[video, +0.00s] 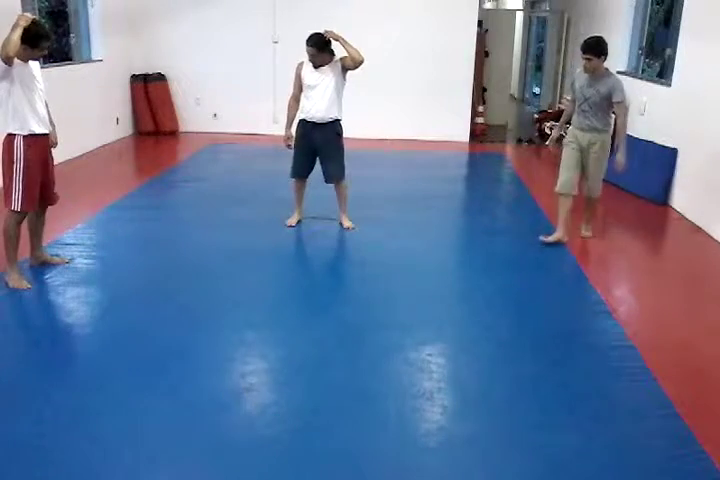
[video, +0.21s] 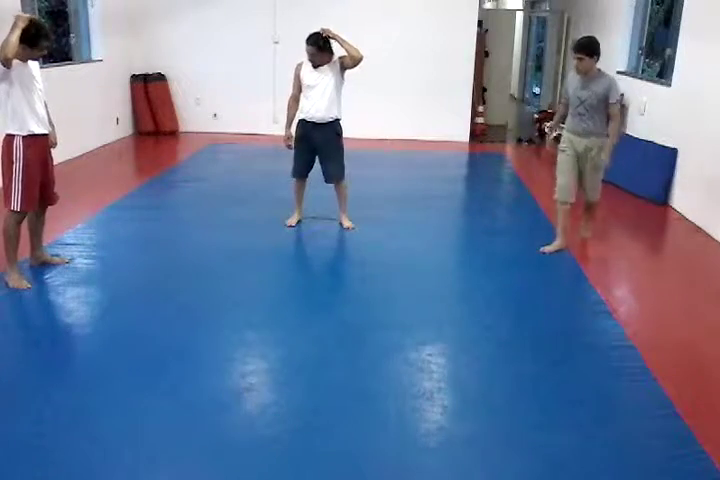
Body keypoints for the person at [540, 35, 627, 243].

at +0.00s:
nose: (584, 64)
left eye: (589, 60)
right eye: (583, 59)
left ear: (602, 59)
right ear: (582, 57)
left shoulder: (613, 83)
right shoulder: (578, 76)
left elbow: (621, 117)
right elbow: (570, 105)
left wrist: (620, 150)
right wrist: (558, 130)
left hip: (599, 138)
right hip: (575, 134)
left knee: (592, 188)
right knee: (565, 184)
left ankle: (587, 223)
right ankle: (561, 230)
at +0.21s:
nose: (576, 64)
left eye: (580, 59)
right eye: (575, 59)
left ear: (594, 59)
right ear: (574, 58)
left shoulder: (608, 83)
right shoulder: (571, 78)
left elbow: (615, 118)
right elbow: (564, 105)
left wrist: (608, 150)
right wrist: (553, 128)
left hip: (595, 142)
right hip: (569, 138)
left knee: (591, 193)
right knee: (563, 191)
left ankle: (587, 221)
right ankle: (560, 238)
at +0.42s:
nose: (574, 62)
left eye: (579, 57)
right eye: (572, 57)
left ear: (592, 56)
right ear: (571, 55)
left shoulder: (606, 81)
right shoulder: (565, 77)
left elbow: (613, 118)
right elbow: (554, 106)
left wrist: (609, 151)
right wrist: (538, 132)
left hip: (591, 143)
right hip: (564, 140)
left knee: (587, 197)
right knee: (555, 193)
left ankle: (582, 235)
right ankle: (559, 238)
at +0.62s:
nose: (577, 65)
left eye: (582, 60)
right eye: (575, 59)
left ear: (596, 60)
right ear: (573, 58)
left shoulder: (607, 86)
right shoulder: (565, 79)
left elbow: (616, 123)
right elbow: (551, 107)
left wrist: (614, 157)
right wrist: (533, 131)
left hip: (592, 149)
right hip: (564, 146)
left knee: (593, 204)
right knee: (556, 196)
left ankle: (592, 258)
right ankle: (560, 240)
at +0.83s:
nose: (585, 67)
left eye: (590, 63)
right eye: (584, 62)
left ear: (604, 62)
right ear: (585, 60)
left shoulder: (618, 93)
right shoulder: (576, 82)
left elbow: (620, 133)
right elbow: (563, 113)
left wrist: (619, 168)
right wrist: (544, 135)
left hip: (600, 154)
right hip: (572, 150)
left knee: (596, 216)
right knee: (561, 204)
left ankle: (593, 267)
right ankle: (561, 239)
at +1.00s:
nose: (589, 64)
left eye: (594, 60)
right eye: (588, 59)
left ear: (610, 60)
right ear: (589, 58)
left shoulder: (625, 91)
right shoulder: (586, 80)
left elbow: (627, 132)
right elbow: (576, 112)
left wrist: (624, 170)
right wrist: (563, 136)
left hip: (605, 155)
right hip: (577, 150)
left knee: (599, 218)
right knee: (560, 208)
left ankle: (594, 267)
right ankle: (567, 245)